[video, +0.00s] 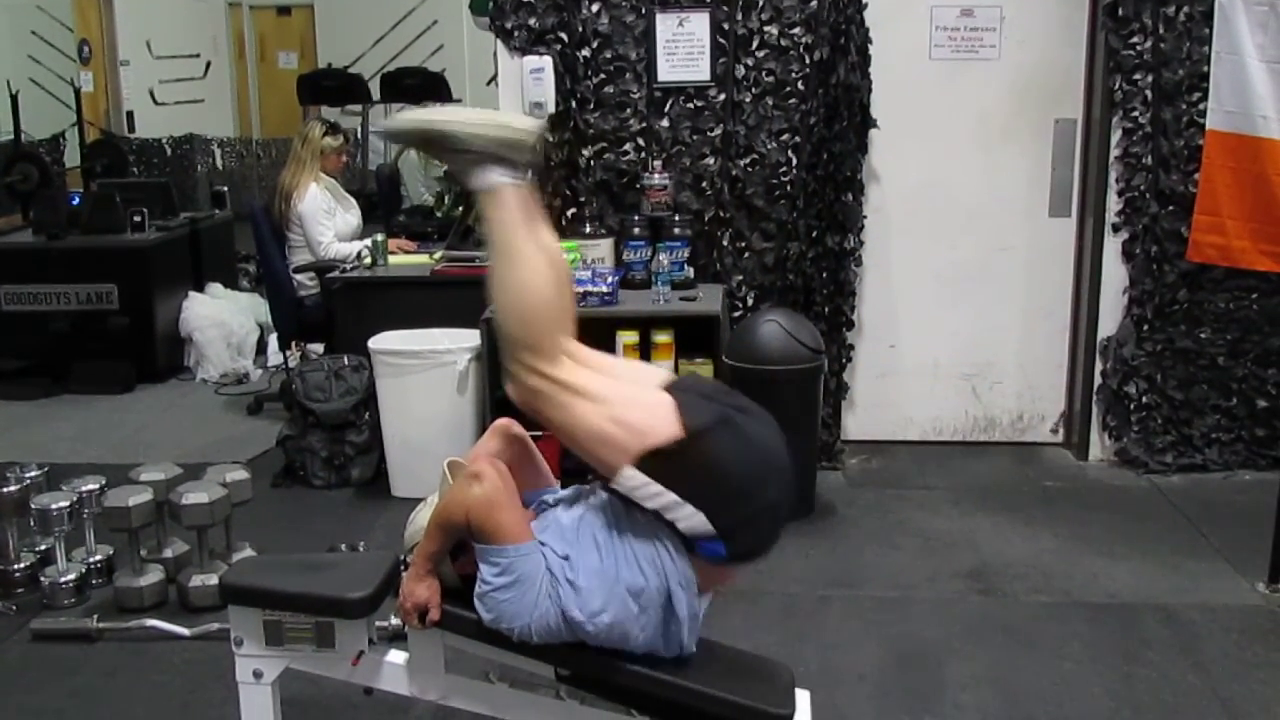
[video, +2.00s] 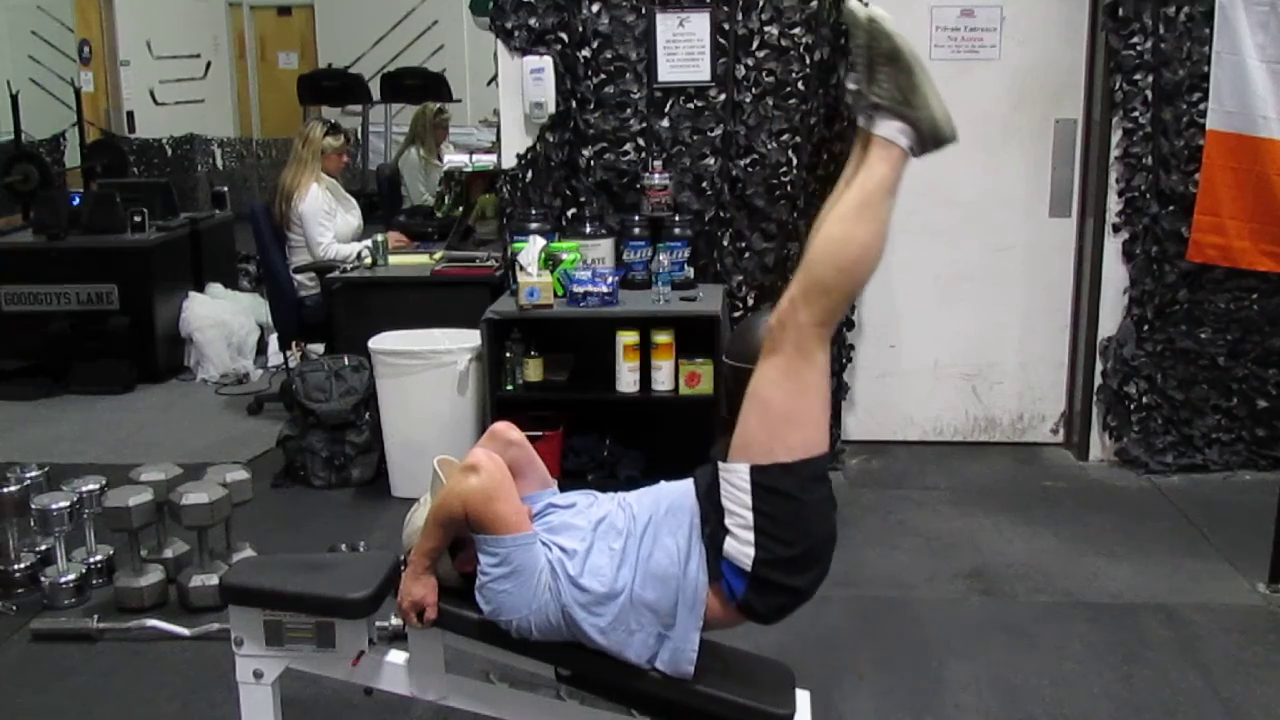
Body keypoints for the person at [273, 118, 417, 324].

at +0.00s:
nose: (345, 160)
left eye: (345, 153)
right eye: (339, 154)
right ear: (319, 155)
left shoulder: (323, 187)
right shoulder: (311, 192)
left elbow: (334, 244)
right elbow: (325, 251)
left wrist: (380, 243)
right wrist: (380, 245)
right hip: (318, 291)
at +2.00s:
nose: (346, 159)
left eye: (346, 153)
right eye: (340, 154)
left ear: (323, 155)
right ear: (320, 154)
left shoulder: (324, 186)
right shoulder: (312, 192)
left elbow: (333, 245)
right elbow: (324, 252)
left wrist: (378, 242)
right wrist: (378, 245)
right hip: (319, 293)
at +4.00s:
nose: (346, 159)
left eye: (346, 153)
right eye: (340, 154)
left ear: (323, 155)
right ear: (320, 154)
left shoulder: (323, 186)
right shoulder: (312, 192)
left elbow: (333, 245)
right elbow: (326, 251)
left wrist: (377, 243)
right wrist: (378, 245)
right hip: (318, 292)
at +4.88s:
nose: (346, 153)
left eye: (345, 146)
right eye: (341, 146)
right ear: (328, 148)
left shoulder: (327, 184)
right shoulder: (313, 190)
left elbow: (335, 245)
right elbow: (326, 251)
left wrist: (377, 242)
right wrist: (378, 246)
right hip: (317, 293)